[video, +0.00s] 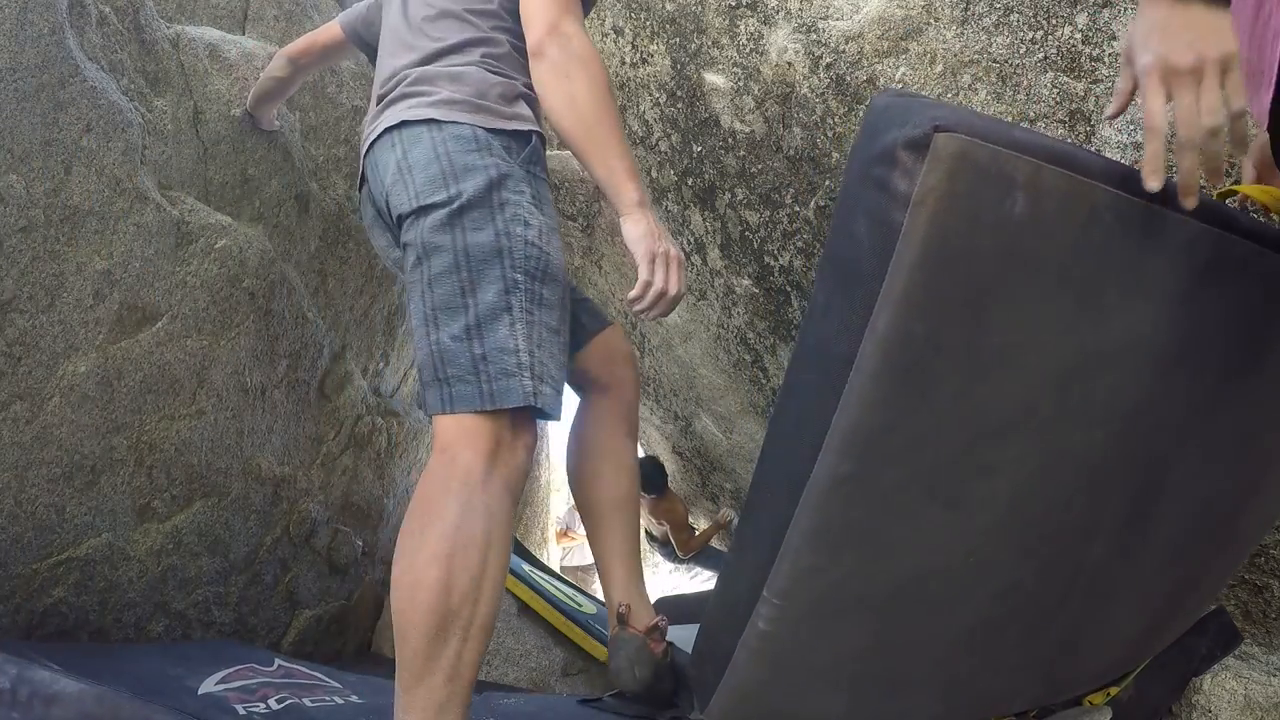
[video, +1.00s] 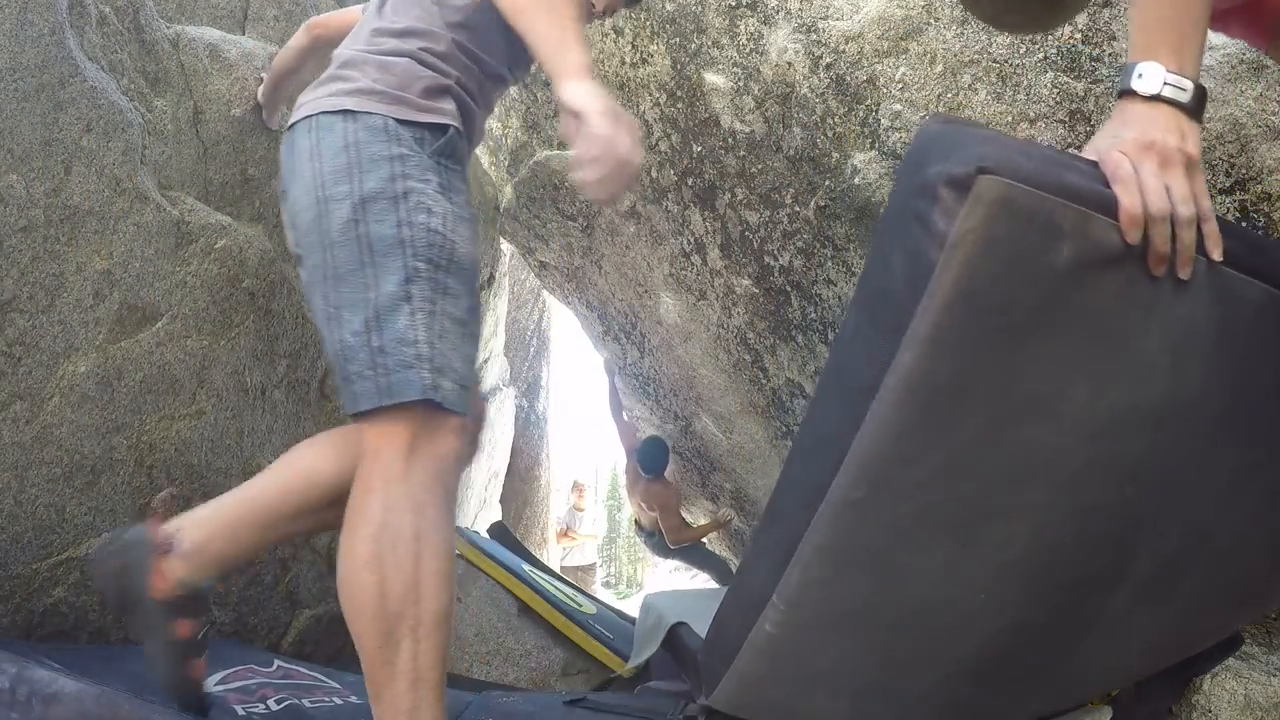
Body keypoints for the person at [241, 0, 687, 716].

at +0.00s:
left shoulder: (405, 6)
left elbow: (296, 52)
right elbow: (551, 40)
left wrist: (258, 107)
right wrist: (635, 207)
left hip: (391, 159)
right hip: (462, 143)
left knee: (609, 366)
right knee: (484, 440)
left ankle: (635, 631)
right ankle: (425, 708)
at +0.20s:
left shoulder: (414, 9)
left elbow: (298, 53)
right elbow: (563, 62)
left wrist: (258, 108)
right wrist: (639, 223)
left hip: (383, 165)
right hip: (463, 142)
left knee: (592, 373)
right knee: (483, 439)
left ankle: (646, 631)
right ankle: (427, 708)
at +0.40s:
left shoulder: (415, 12)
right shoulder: (547, 3)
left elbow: (308, 49)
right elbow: (569, 79)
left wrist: (258, 106)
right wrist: (644, 235)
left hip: (377, 168)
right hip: (460, 138)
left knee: (584, 375)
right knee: (485, 434)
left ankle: (646, 633)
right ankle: (429, 709)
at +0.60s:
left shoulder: (419, 10)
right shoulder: (559, 2)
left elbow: (321, 45)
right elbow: (609, 65)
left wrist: (263, 98)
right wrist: (718, 212)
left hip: (367, 161)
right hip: (451, 137)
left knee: (574, 372)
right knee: (485, 435)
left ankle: (636, 639)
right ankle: (430, 708)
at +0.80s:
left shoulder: (420, 14)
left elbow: (332, 41)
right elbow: (599, 17)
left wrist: (267, 92)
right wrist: (722, 155)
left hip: (353, 144)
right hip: (418, 132)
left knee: (544, 377)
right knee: (453, 434)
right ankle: (422, 708)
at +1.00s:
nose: (609, 13)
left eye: (612, 13)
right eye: (609, 6)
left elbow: (324, 26)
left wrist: (273, 92)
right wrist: (577, 82)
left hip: (362, 128)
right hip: (379, 125)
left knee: (435, 424)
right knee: (420, 428)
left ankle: (171, 558)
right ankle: (411, 708)